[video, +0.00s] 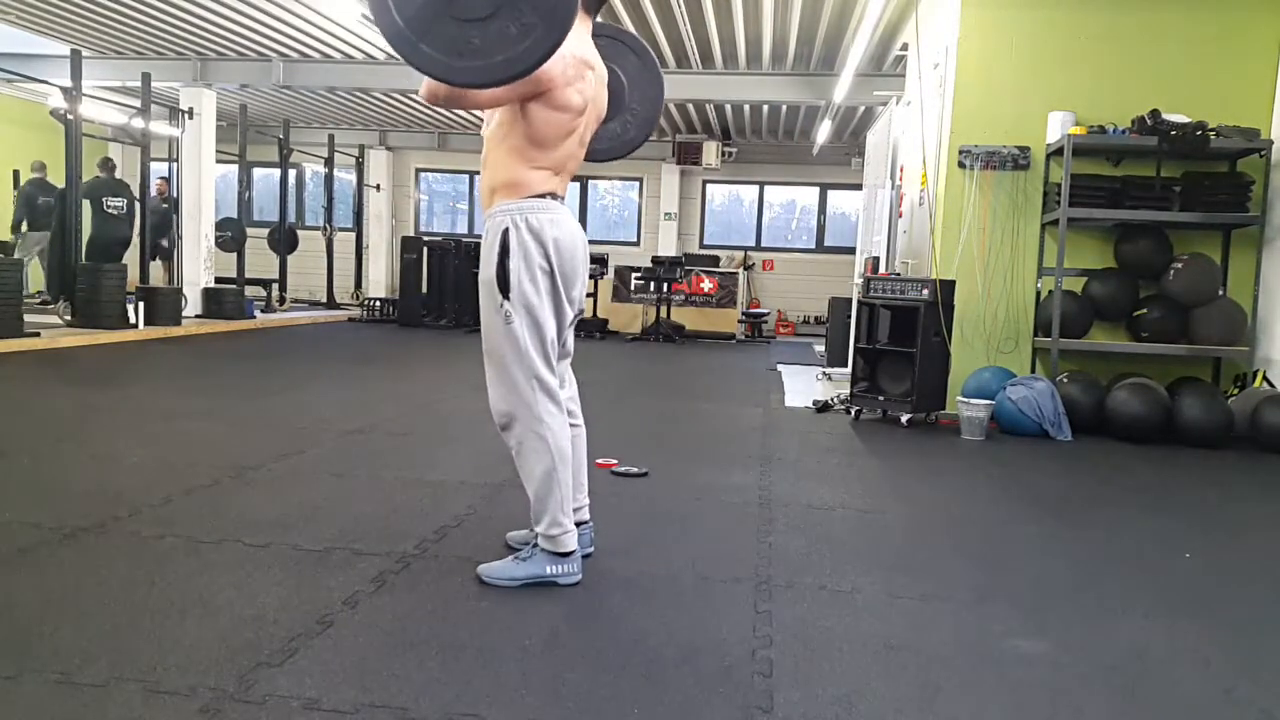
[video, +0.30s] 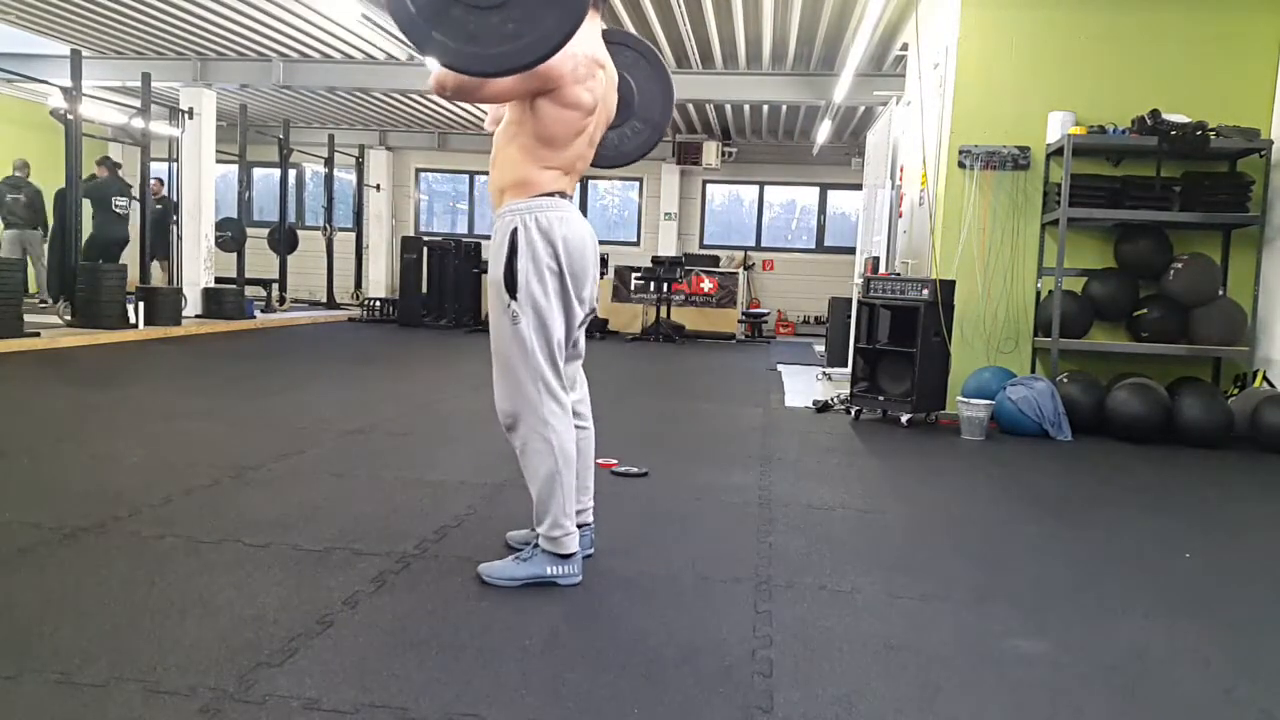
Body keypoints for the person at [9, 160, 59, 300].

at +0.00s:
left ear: (31, 171)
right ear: (45, 171)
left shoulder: (27, 187)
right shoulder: (54, 189)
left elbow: (20, 210)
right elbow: (60, 211)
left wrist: (15, 229)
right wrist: (57, 228)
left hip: (34, 232)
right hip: (51, 232)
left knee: (19, 261)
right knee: (49, 265)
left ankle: (20, 291)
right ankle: (50, 293)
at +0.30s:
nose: (28, 173)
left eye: (26, 171)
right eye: (28, 171)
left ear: (13, 170)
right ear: (27, 171)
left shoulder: (3, 186)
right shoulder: (33, 189)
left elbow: (2, 210)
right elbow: (41, 213)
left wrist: (6, 223)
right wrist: (45, 232)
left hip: (10, 230)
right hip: (32, 231)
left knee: (9, 267)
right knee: (39, 265)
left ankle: (9, 299)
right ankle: (44, 296)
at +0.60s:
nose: (24, 169)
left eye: (24, 166)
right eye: (23, 166)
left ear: (8, 166)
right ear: (19, 167)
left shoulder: (3, 181)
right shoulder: (13, 185)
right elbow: (19, 210)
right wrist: (27, 231)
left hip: (3, 228)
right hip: (12, 230)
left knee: (5, 263)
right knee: (20, 263)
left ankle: (5, 291)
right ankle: (20, 289)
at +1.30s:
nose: (13, 165)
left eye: (14, 162)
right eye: (9, 162)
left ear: (17, 163)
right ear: (1, 164)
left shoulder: (24, 184)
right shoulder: (1, 183)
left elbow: (32, 204)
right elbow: (1, 209)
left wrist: (28, 214)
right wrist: (12, 214)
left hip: (18, 232)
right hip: (3, 232)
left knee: (25, 266)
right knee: (2, 269)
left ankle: (26, 297)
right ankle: (3, 298)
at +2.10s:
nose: (3, 167)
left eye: (6, 164)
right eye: (1, 164)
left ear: (12, 164)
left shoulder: (24, 184)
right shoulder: (0, 184)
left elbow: (36, 206)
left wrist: (20, 210)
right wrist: (2, 209)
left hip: (19, 236)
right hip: (3, 235)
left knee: (26, 270)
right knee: (4, 272)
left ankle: (35, 300)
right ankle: (5, 303)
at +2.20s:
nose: (1, 163)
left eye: (2, 160)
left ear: (6, 160)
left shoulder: (18, 180)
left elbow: (31, 203)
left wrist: (19, 213)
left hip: (13, 231)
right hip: (3, 231)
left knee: (22, 265)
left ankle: (28, 296)